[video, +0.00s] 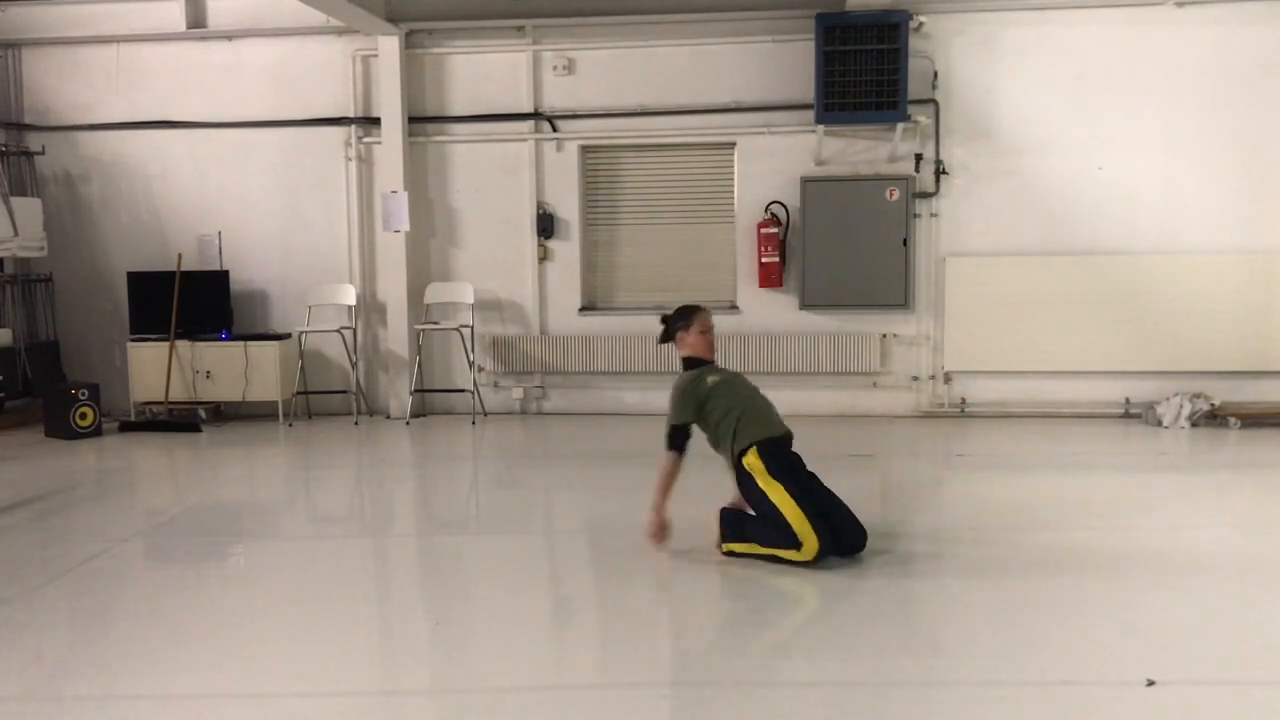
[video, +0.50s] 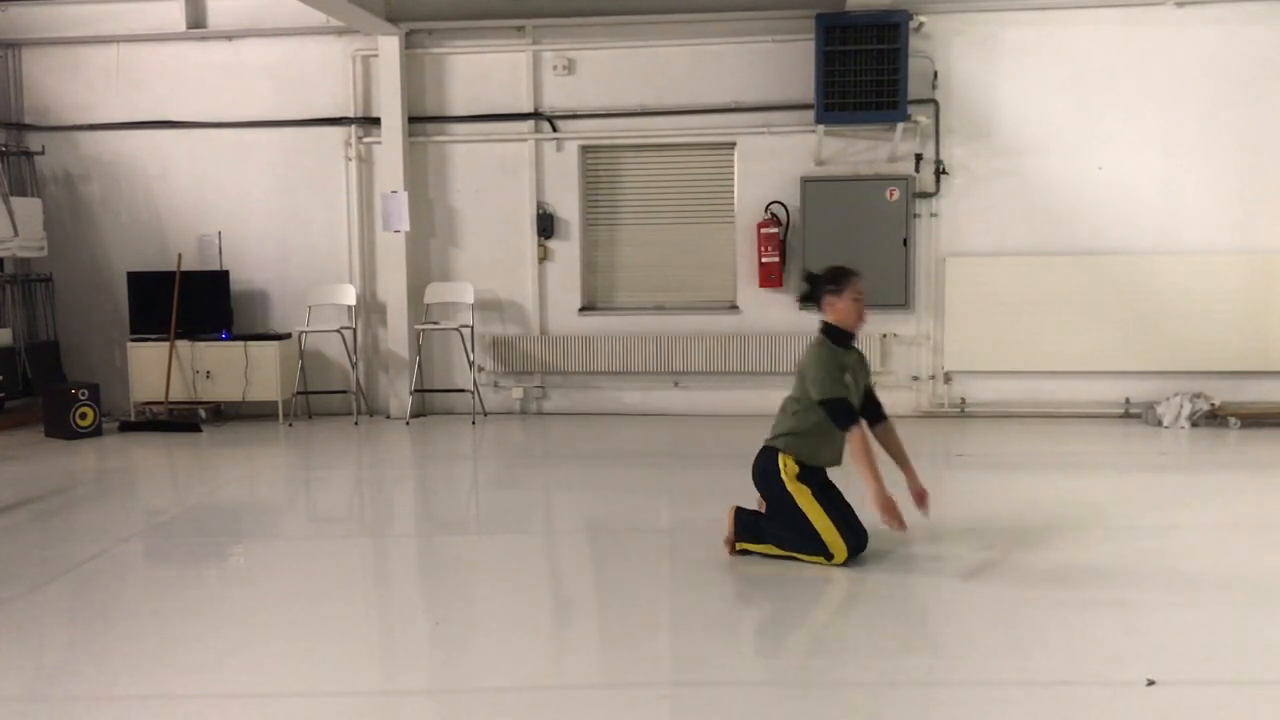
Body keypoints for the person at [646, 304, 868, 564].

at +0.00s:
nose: (712, 338)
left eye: (711, 331)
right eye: (704, 332)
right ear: (681, 340)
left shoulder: (723, 375)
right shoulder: (688, 383)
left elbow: (741, 441)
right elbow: (674, 452)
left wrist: (744, 497)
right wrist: (658, 512)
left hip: (783, 456)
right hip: (757, 463)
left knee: (853, 539)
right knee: (808, 548)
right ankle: (731, 530)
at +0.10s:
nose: (732, 322)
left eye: (731, 315)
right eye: (724, 316)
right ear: (701, 324)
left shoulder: (743, 364)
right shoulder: (709, 373)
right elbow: (713, 440)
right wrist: (716, 505)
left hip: (789, 460)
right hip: (765, 466)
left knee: (854, 539)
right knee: (822, 546)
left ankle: (743, 522)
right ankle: (736, 531)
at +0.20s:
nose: (754, 309)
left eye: (753, 303)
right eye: (746, 303)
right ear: (724, 313)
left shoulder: (766, 355)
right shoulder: (734, 361)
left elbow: (795, 425)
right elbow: (751, 426)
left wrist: (821, 477)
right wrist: (765, 484)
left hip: (795, 458)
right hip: (778, 462)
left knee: (853, 537)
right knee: (844, 543)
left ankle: (748, 523)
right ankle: (743, 530)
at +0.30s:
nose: (784, 300)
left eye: (782, 294)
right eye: (775, 295)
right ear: (752, 305)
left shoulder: (798, 352)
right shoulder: (762, 353)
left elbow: (820, 414)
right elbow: (788, 416)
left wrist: (851, 466)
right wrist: (812, 476)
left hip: (801, 463)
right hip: (775, 467)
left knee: (855, 539)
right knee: (835, 549)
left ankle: (766, 522)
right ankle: (747, 527)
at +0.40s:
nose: (823, 296)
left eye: (821, 289)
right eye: (815, 289)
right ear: (790, 299)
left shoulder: (826, 350)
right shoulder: (792, 348)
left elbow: (849, 414)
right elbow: (822, 417)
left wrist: (881, 469)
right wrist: (849, 483)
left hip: (806, 466)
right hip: (780, 467)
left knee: (855, 539)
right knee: (840, 549)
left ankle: (774, 511)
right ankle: (746, 527)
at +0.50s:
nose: (864, 307)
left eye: (863, 299)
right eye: (856, 298)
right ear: (829, 304)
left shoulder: (854, 359)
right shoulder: (821, 357)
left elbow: (878, 421)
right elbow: (852, 429)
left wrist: (911, 476)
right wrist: (879, 494)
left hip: (808, 468)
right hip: (781, 468)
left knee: (854, 541)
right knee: (839, 550)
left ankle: (775, 513)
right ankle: (745, 528)